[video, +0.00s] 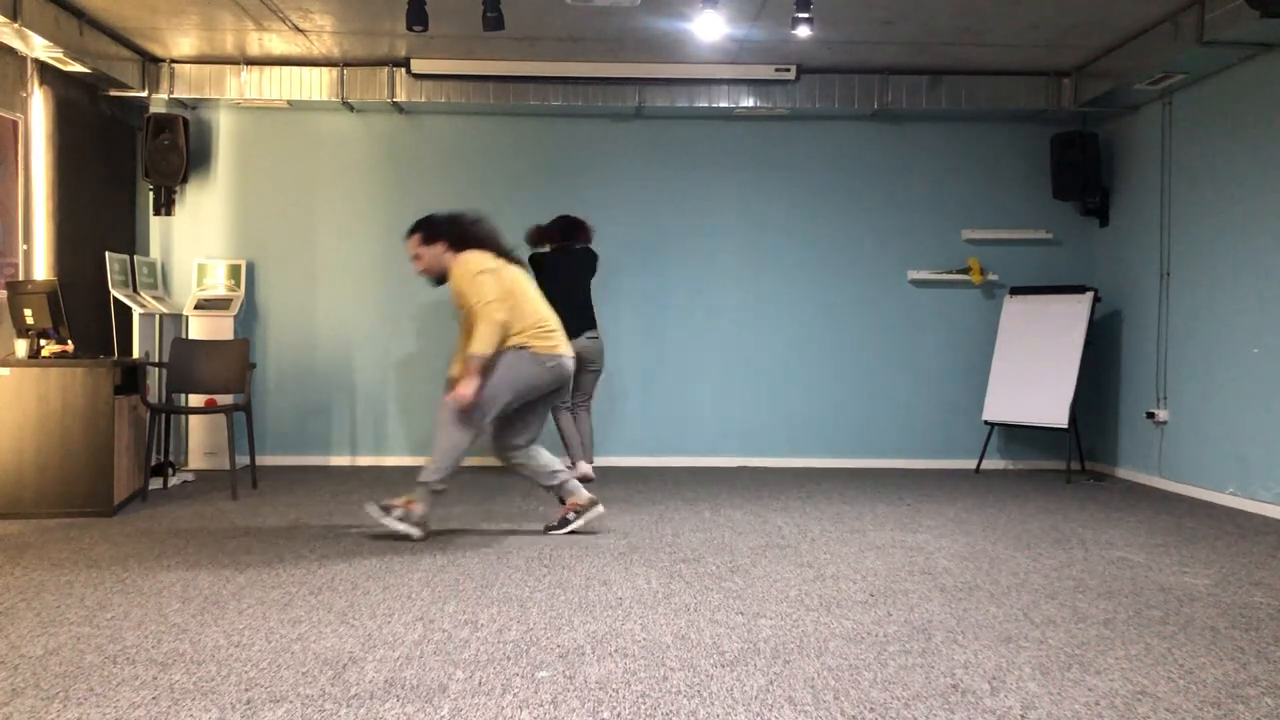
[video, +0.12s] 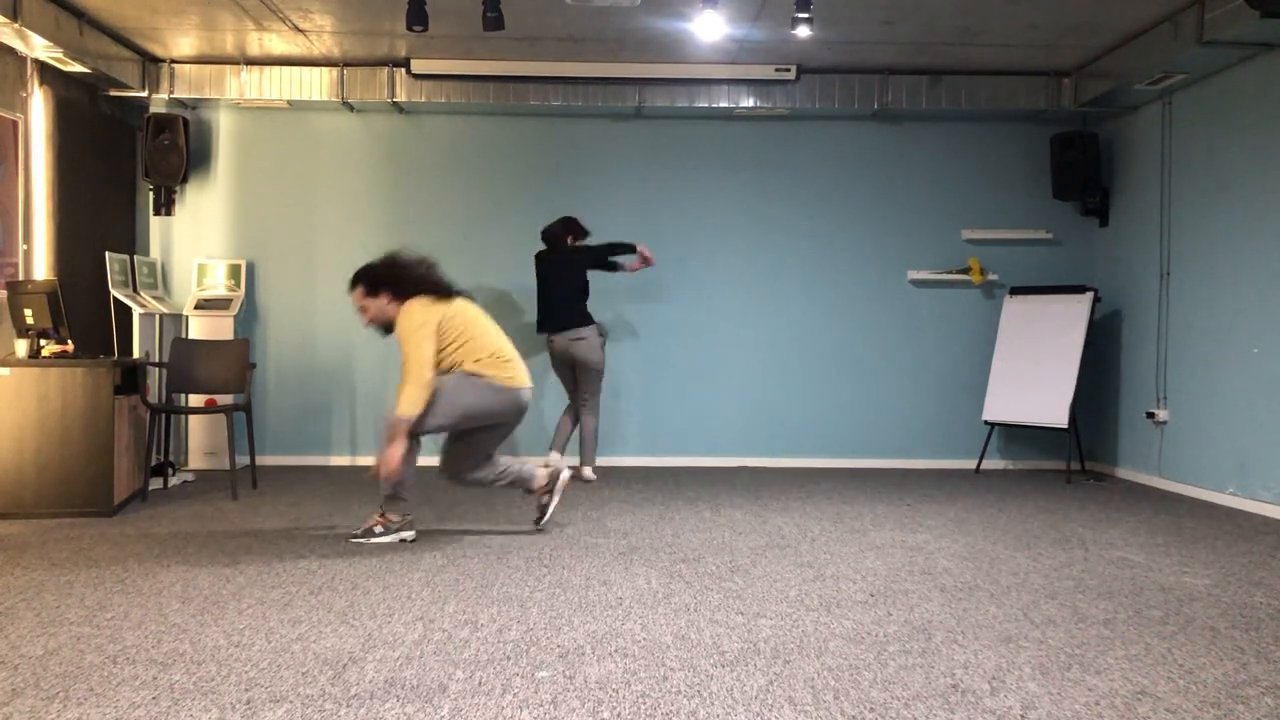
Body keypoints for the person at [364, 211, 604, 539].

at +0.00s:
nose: (416, 268)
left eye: (418, 257)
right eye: (413, 260)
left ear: (443, 246)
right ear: (442, 248)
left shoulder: (468, 264)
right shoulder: (480, 267)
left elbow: (491, 313)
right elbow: (469, 333)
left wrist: (471, 374)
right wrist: (457, 379)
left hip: (535, 354)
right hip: (554, 358)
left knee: (462, 409)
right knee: (512, 444)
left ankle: (417, 507)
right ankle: (579, 500)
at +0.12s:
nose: (364, 319)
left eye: (364, 308)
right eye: (360, 312)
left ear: (386, 296)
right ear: (387, 298)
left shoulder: (415, 312)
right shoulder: (437, 307)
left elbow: (418, 377)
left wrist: (399, 437)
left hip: (491, 385)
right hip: (513, 391)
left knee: (402, 421)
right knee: (460, 467)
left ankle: (394, 516)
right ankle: (544, 478)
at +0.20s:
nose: (343, 348)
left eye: (342, 337)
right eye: (339, 340)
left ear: (361, 323)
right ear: (359, 324)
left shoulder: (393, 337)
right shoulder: (409, 329)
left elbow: (387, 401)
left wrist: (366, 465)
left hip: (481, 396)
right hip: (498, 400)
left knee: (390, 423)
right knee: (448, 480)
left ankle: (393, 516)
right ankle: (532, 486)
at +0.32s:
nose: (308, 389)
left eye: (307, 380)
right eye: (304, 383)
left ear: (325, 366)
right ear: (328, 365)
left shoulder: (360, 375)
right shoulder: (369, 366)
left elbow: (346, 436)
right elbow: (360, 443)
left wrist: (320, 501)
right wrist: (345, 502)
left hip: (458, 404)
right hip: (475, 408)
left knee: (365, 430)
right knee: (450, 501)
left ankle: (393, 517)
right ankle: (536, 489)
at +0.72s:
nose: (282, 419)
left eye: (273, 412)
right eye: (273, 414)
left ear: (277, 392)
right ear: (285, 376)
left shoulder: (312, 369)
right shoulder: (327, 357)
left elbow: (318, 438)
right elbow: (347, 436)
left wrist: (310, 510)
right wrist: (341, 501)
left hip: (421, 362)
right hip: (443, 357)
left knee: (349, 432)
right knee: (479, 441)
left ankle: (392, 514)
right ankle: (562, 483)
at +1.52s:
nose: (287, 392)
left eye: (281, 384)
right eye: (280, 385)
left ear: (290, 371)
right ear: (306, 352)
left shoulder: (325, 373)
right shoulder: (343, 359)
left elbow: (323, 445)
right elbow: (349, 441)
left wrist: (310, 515)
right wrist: (340, 499)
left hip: (430, 420)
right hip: (455, 413)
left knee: (335, 444)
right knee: (485, 492)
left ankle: (391, 516)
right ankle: (575, 488)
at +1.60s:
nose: (307, 382)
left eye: (302, 374)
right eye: (303, 376)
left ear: (308, 363)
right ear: (325, 347)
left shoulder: (338, 373)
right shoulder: (359, 359)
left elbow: (330, 447)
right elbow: (350, 441)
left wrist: (312, 511)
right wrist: (340, 499)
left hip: (435, 435)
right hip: (463, 429)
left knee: (342, 448)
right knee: (491, 505)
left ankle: (390, 518)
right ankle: (579, 491)